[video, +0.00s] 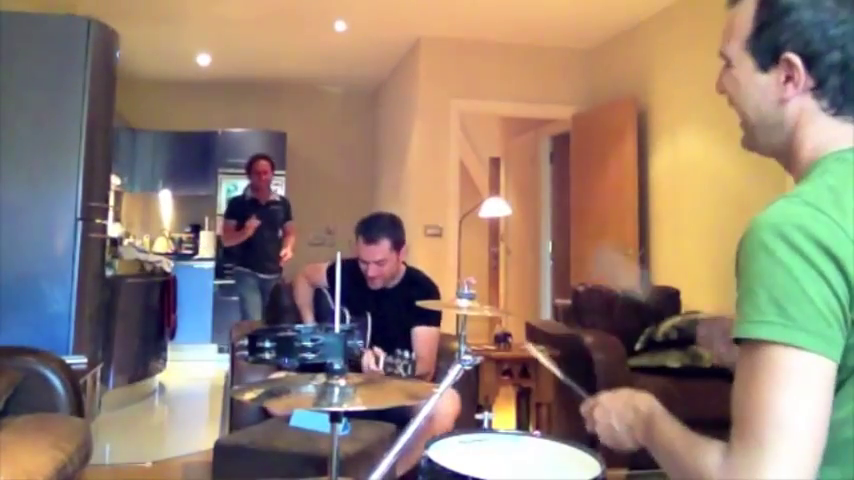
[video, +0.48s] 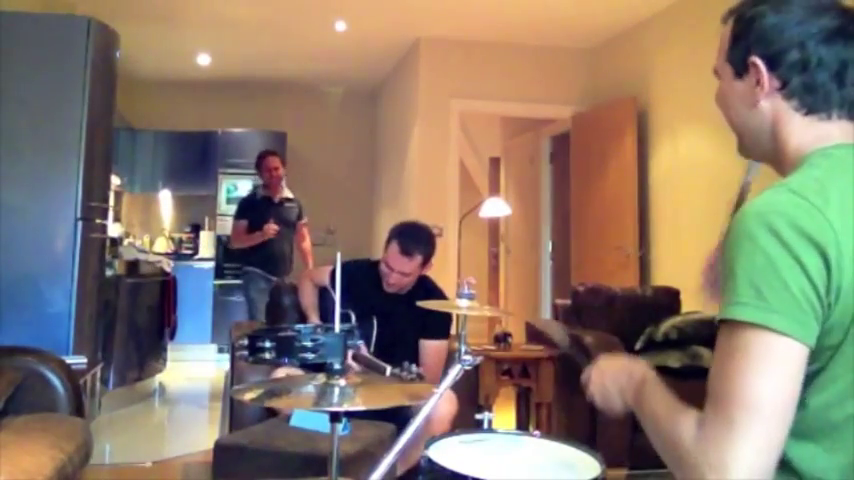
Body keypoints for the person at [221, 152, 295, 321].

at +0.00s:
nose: (262, 178)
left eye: (266, 173)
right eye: (257, 173)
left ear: (272, 175)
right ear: (249, 176)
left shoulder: (281, 204)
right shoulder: (237, 203)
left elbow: (289, 230)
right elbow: (226, 239)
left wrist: (287, 248)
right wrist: (245, 233)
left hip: (273, 271)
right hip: (246, 270)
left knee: (274, 322)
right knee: (254, 323)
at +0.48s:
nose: (274, 174)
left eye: (277, 169)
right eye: (268, 170)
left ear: (284, 170)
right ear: (260, 174)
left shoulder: (293, 203)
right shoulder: (250, 202)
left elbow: (303, 238)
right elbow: (236, 241)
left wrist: (309, 268)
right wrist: (262, 235)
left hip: (284, 276)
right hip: (256, 274)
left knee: (283, 327)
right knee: (260, 326)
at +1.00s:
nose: (299, 173)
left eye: (303, 168)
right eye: (294, 169)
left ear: (309, 171)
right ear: (284, 171)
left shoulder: (316, 202)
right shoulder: (269, 201)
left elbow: (321, 241)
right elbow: (255, 240)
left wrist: (325, 270)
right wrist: (283, 237)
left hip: (305, 279)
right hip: (273, 278)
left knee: (306, 331)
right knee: (275, 333)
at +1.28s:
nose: (316, 170)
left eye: (320, 165)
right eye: (310, 165)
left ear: (326, 168)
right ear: (301, 168)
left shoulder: (337, 201)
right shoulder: (286, 200)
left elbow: (346, 240)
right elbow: (273, 240)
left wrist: (350, 267)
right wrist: (288, 226)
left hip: (325, 276)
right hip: (293, 277)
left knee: (328, 327)